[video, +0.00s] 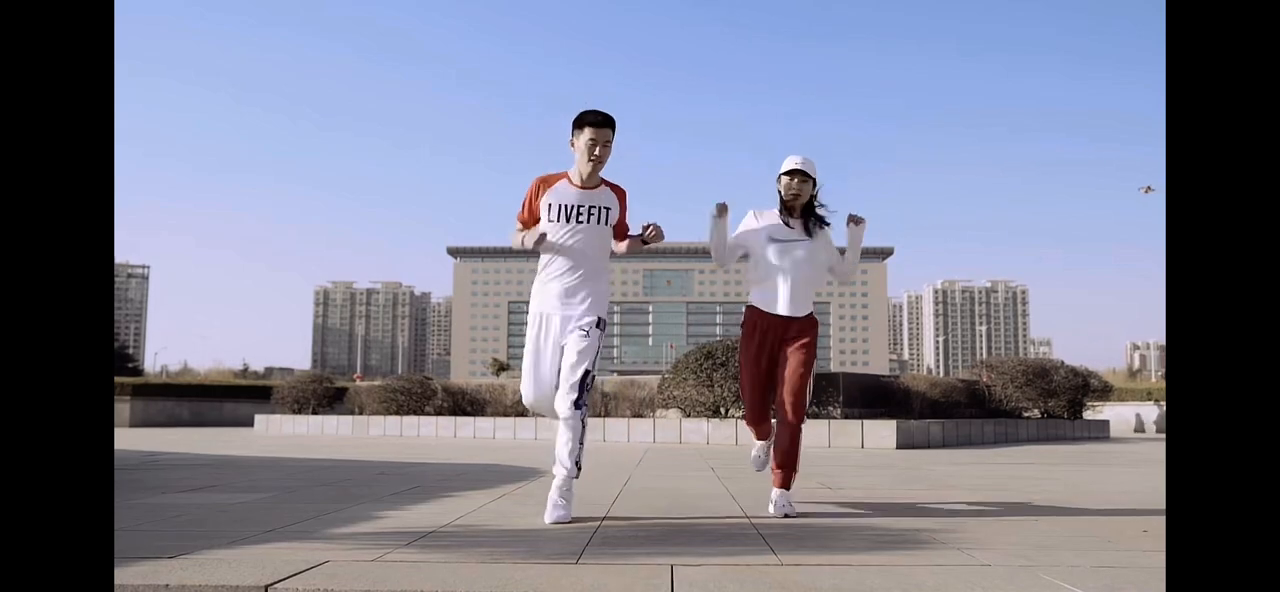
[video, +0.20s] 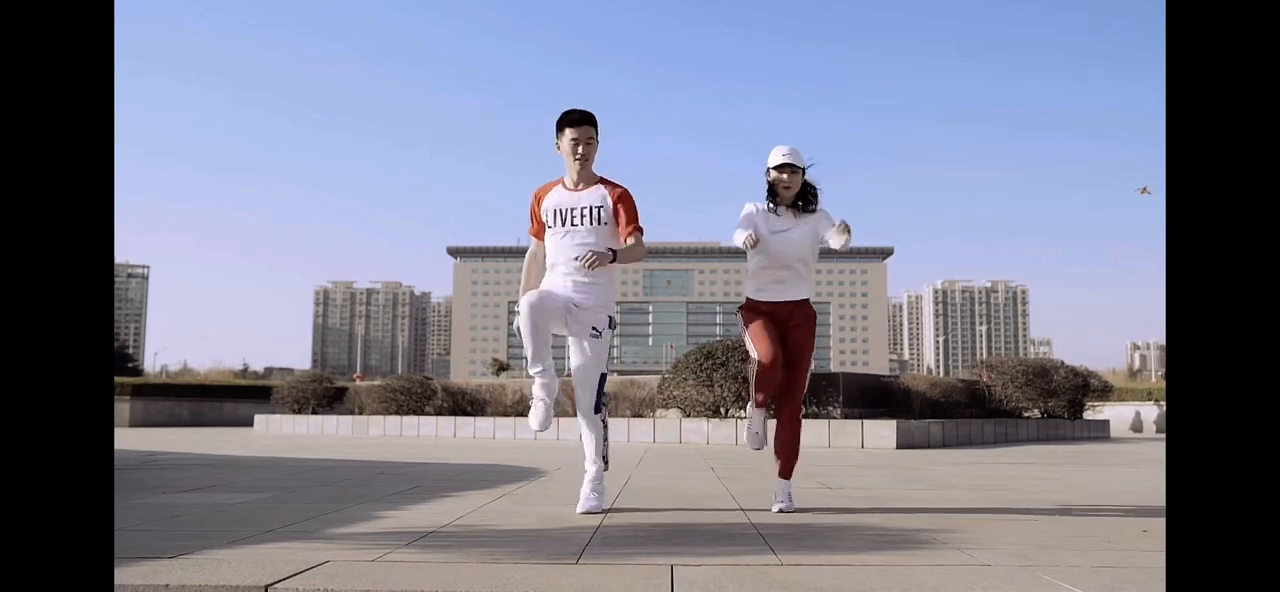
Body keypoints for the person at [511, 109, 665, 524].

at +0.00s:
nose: (597, 151)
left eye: (605, 145)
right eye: (591, 143)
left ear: (611, 150)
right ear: (574, 143)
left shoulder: (615, 196)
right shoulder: (543, 188)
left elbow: (618, 245)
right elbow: (519, 240)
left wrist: (642, 240)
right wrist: (533, 235)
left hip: (589, 308)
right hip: (546, 307)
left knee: (571, 399)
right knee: (536, 397)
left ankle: (562, 487)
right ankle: (575, 415)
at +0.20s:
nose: (582, 148)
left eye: (589, 142)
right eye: (574, 142)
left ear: (597, 147)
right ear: (559, 147)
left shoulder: (616, 194)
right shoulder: (544, 196)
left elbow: (637, 248)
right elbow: (536, 253)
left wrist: (612, 256)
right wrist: (525, 303)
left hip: (594, 302)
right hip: (554, 297)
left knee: (588, 399)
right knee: (532, 305)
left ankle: (594, 481)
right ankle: (545, 390)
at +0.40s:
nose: (577, 138)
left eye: (583, 131)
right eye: (568, 132)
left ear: (591, 135)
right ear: (553, 138)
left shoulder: (609, 181)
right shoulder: (544, 188)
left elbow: (635, 229)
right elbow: (542, 241)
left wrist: (617, 249)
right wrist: (526, 290)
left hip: (595, 296)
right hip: (553, 292)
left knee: (591, 386)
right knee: (542, 353)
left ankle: (589, 472)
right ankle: (553, 449)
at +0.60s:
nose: (571, 159)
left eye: (576, 152)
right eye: (563, 153)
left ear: (584, 155)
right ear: (547, 158)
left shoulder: (601, 200)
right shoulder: (540, 209)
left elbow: (638, 247)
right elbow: (533, 260)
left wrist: (644, 294)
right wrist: (496, 282)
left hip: (593, 320)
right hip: (551, 319)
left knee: (594, 409)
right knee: (552, 405)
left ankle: (598, 487)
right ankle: (565, 490)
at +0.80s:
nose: (569, 152)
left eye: (575, 145)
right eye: (561, 146)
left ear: (584, 149)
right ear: (546, 152)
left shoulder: (604, 195)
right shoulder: (532, 199)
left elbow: (614, 231)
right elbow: (480, 238)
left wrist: (629, 268)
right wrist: (495, 209)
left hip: (594, 292)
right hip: (553, 298)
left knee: (581, 299)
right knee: (561, 394)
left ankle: (584, 392)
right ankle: (571, 480)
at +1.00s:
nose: (558, 130)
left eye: (564, 123)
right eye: (550, 124)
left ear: (572, 128)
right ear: (534, 131)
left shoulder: (594, 175)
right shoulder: (520, 182)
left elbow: (614, 225)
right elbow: (495, 226)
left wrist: (619, 228)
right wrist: (493, 235)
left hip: (589, 290)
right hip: (544, 294)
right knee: (548, 386)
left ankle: (609, 432)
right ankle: (565, 473)